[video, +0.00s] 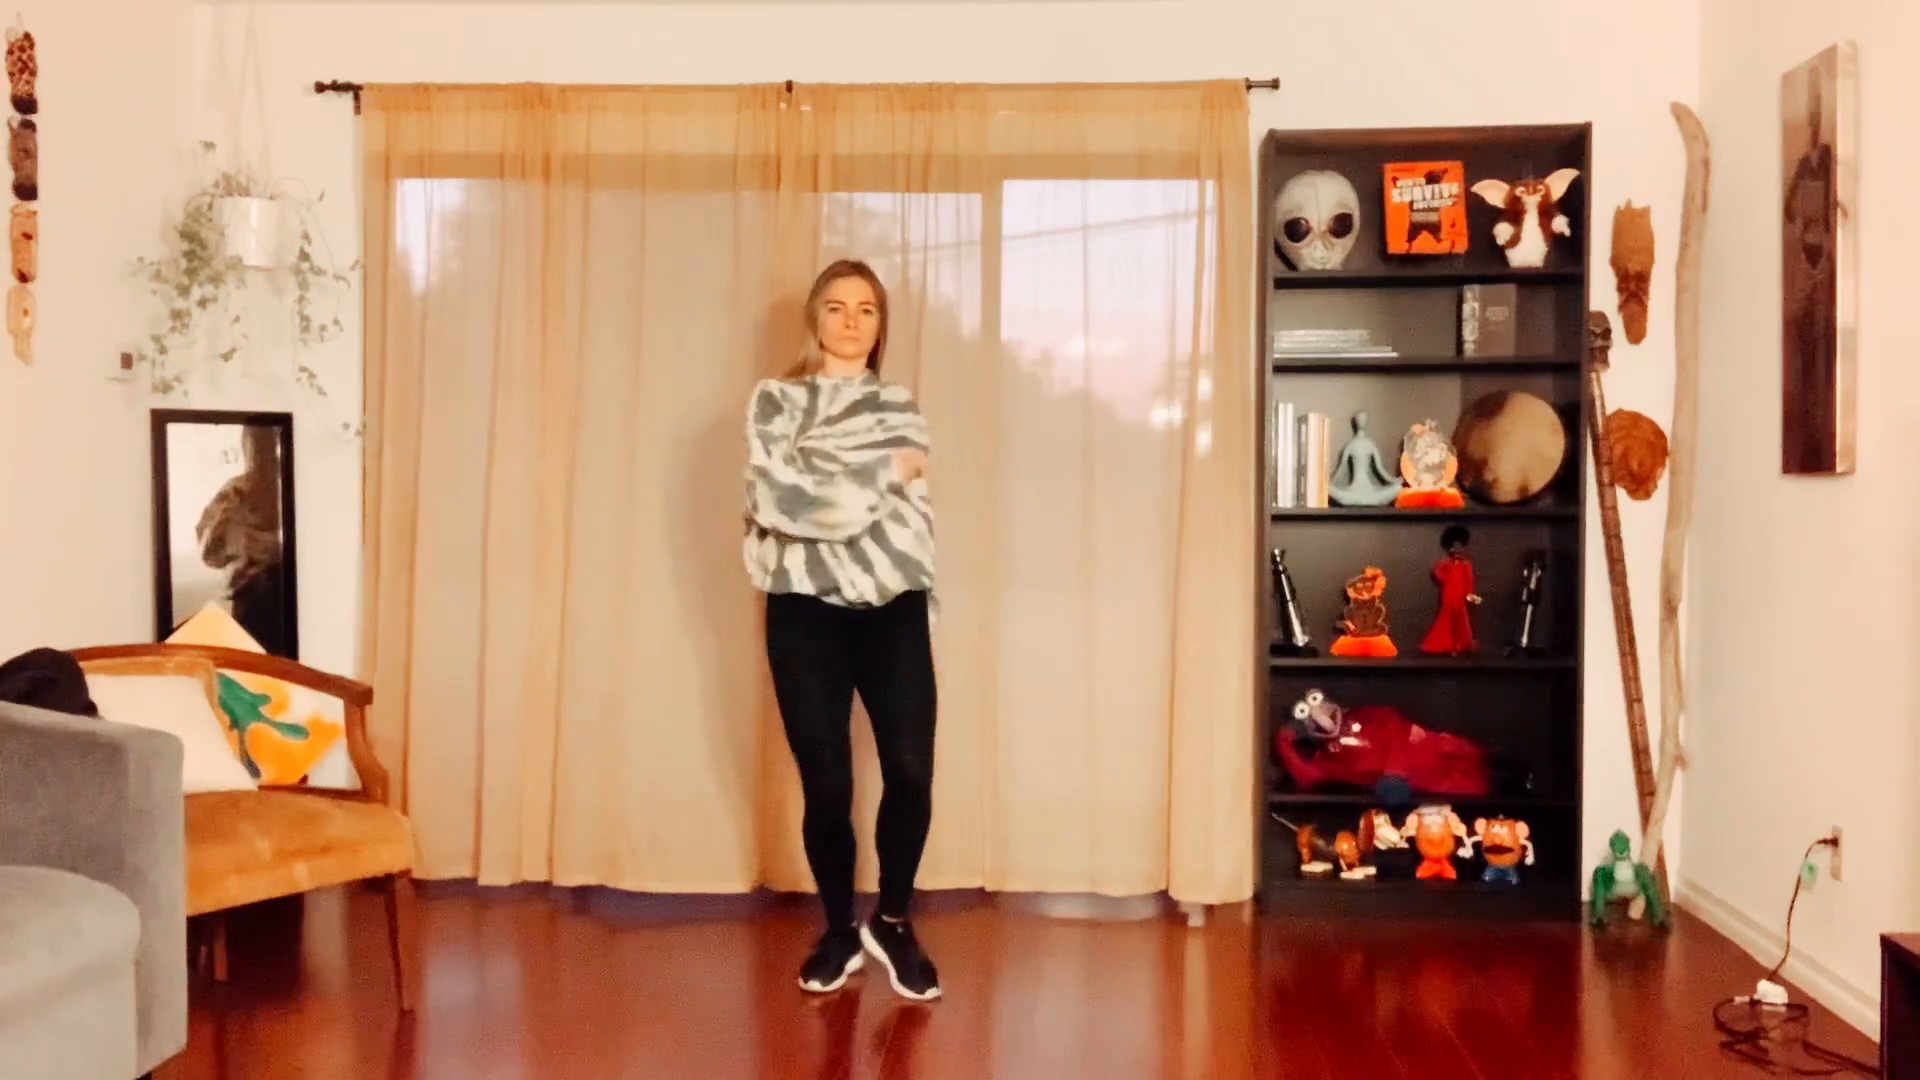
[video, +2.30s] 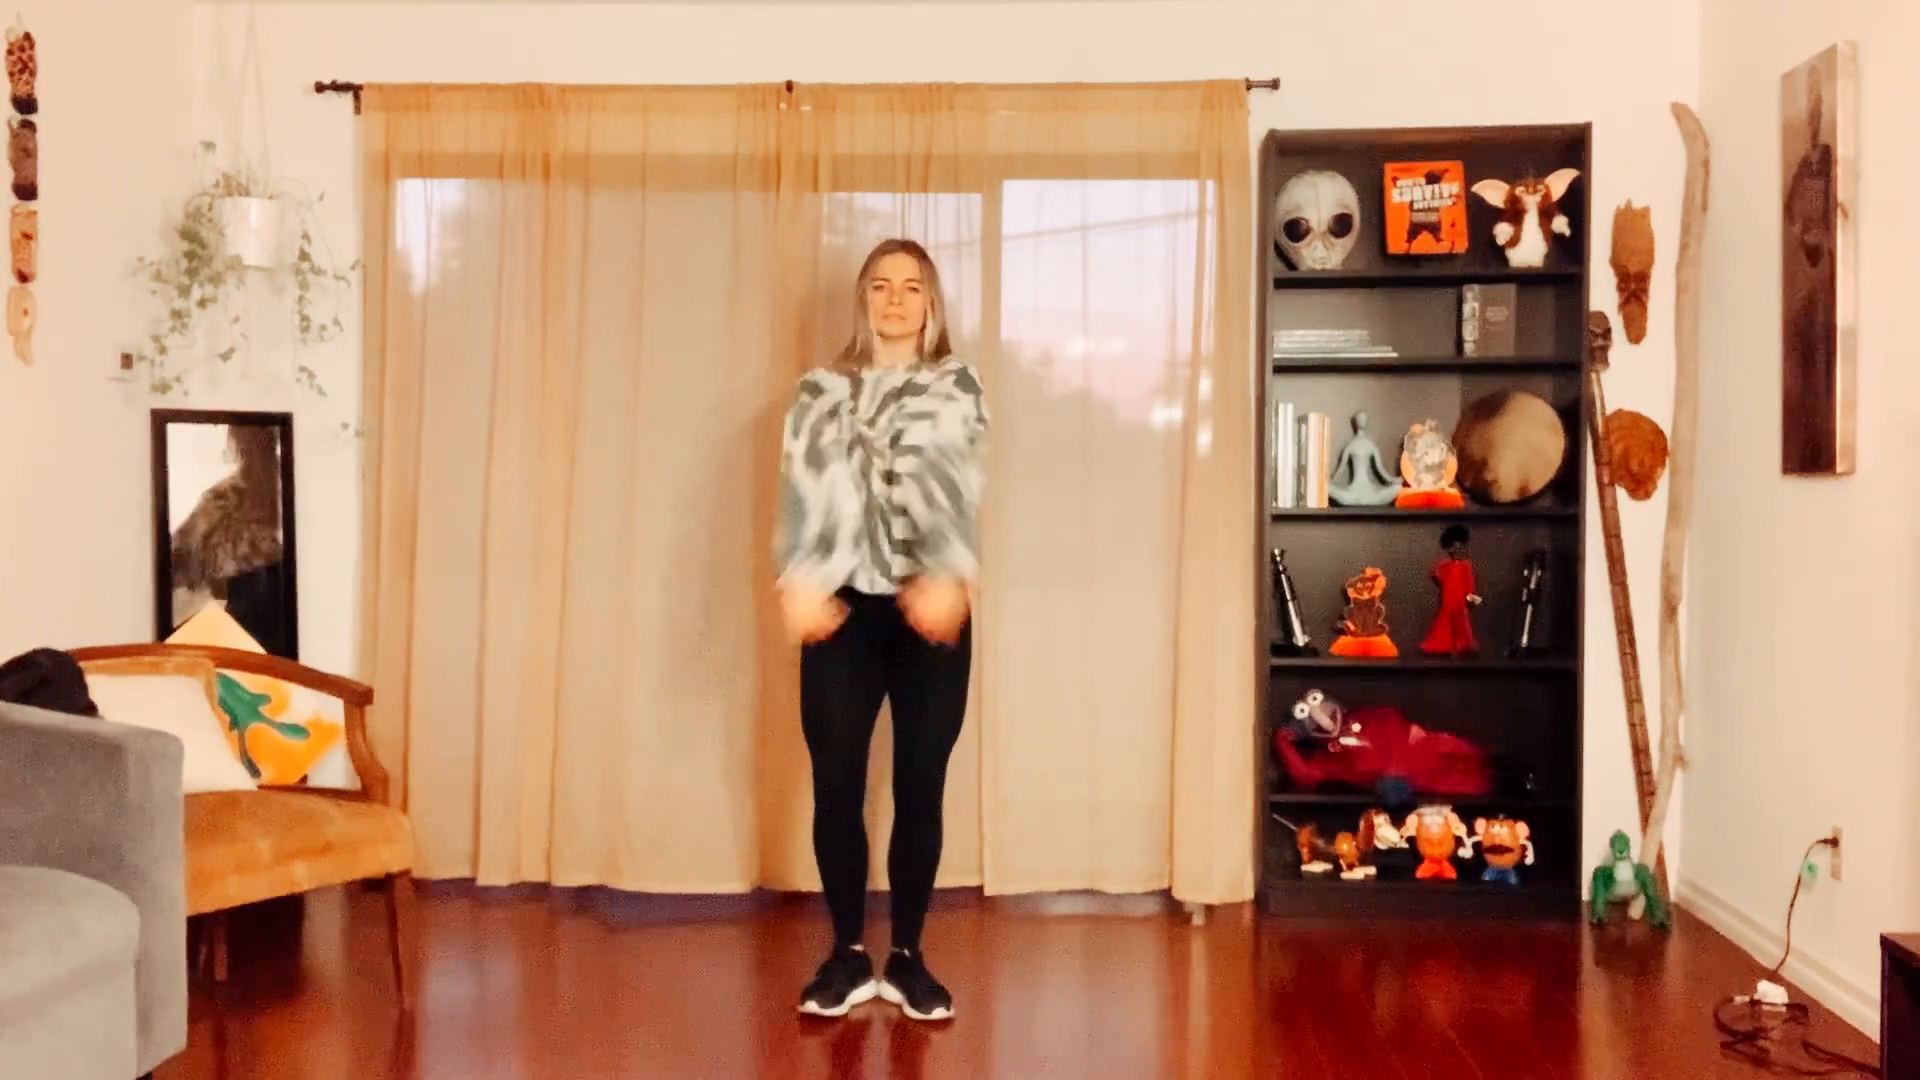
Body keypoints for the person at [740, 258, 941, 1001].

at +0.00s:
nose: (850, 319)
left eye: (864, 309)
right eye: (835, 306)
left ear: (880, 324)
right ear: (813, 318)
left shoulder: (899, 410)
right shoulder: (775, 398)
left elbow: (903, 517)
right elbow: (770, 494)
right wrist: (882, 473)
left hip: (893, 605)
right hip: (803, 607)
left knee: (911, 775)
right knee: (826, 784)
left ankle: (893, 920)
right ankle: (840, 929)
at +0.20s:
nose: (855, 320)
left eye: (869, 309)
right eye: (840, 306)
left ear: (884, 324)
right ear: (817, 317)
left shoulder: (902, 406)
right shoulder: (776, 396)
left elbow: (916, 517)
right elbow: (763, 507)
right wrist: (846, 530)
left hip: (906, 610)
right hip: (815, 613)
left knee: (915, 780)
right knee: (829, 791)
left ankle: (906, 945)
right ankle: (838, 929)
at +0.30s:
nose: (860, 318)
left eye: (874, 308)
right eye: (846, 305)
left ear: (892, 321)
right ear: (823, 315)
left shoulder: (911, 405)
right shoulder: (784, 395)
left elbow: (932, 513)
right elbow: (756, 489)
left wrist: (949, 610)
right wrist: (758, 551)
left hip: (917, 613)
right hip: (826, 616)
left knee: (918, 786)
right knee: (831, 794)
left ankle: (908, 952)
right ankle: (839, 925)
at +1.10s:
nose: (902, 312)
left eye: (917, 300)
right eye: (887, 301)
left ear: (939, 310)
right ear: (871, 314)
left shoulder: (978, 397)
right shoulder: (841, 402)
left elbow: (1006, 505)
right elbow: (797, 480)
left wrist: (952, 531)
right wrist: (800, 508)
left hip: (940, 617)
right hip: (848, 615)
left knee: (922, 795)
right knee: (833, 795)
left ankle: (906, 959)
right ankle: (847, 954)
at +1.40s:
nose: (890, 310)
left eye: (906, 299)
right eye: (876, 298)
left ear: (929, 312)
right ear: (857, 311)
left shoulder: (960, 388)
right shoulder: (833, 398)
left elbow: (977, 488)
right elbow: (786, 500)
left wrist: (893, 411)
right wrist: (845, 412)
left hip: (920, 611)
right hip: (829, 610)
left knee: (913, 797)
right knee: (827, 793)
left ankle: (906, 959)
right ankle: (845, 957)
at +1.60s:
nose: (886, 306)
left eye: (901, 295)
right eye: (873, 294)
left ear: (924, 309)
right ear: (853, 309)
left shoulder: (946, 381)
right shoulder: (832, 398)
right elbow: (783, 471)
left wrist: (844, 492)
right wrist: (825, 476)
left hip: (918, 606)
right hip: (830, 604)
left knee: (913, 795)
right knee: (829, 787)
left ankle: (906, 958)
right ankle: (847, 958)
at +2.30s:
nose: (896, 297)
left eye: (912, 286)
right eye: (882, 285)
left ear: (933, 301)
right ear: (862, 299)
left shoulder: (956, 390)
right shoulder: (820, 390)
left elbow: (963, 489)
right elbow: (798, 494)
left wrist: (951, 574)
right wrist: (799, 581)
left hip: (929, 608)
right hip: (838, 605)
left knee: (919, 791)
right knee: (837, 788)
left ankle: (905, 959)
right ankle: (848, 956)